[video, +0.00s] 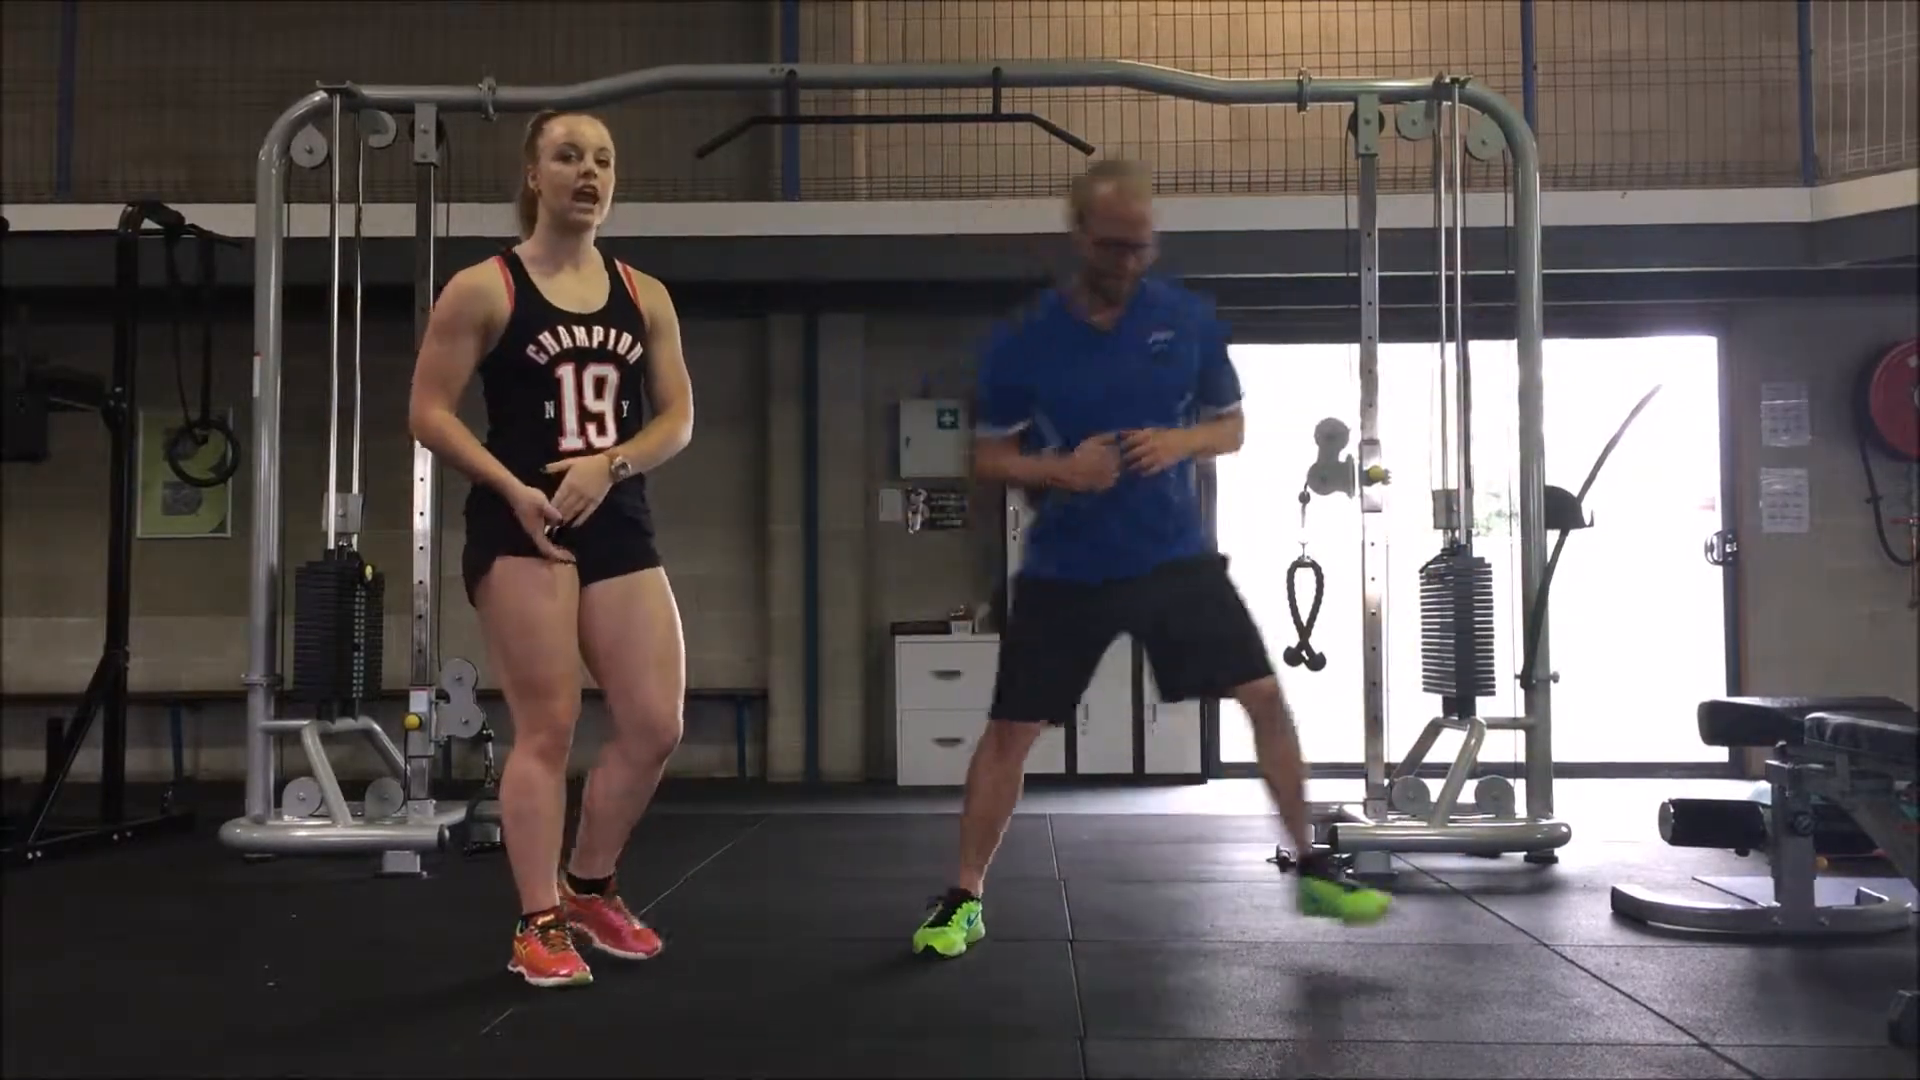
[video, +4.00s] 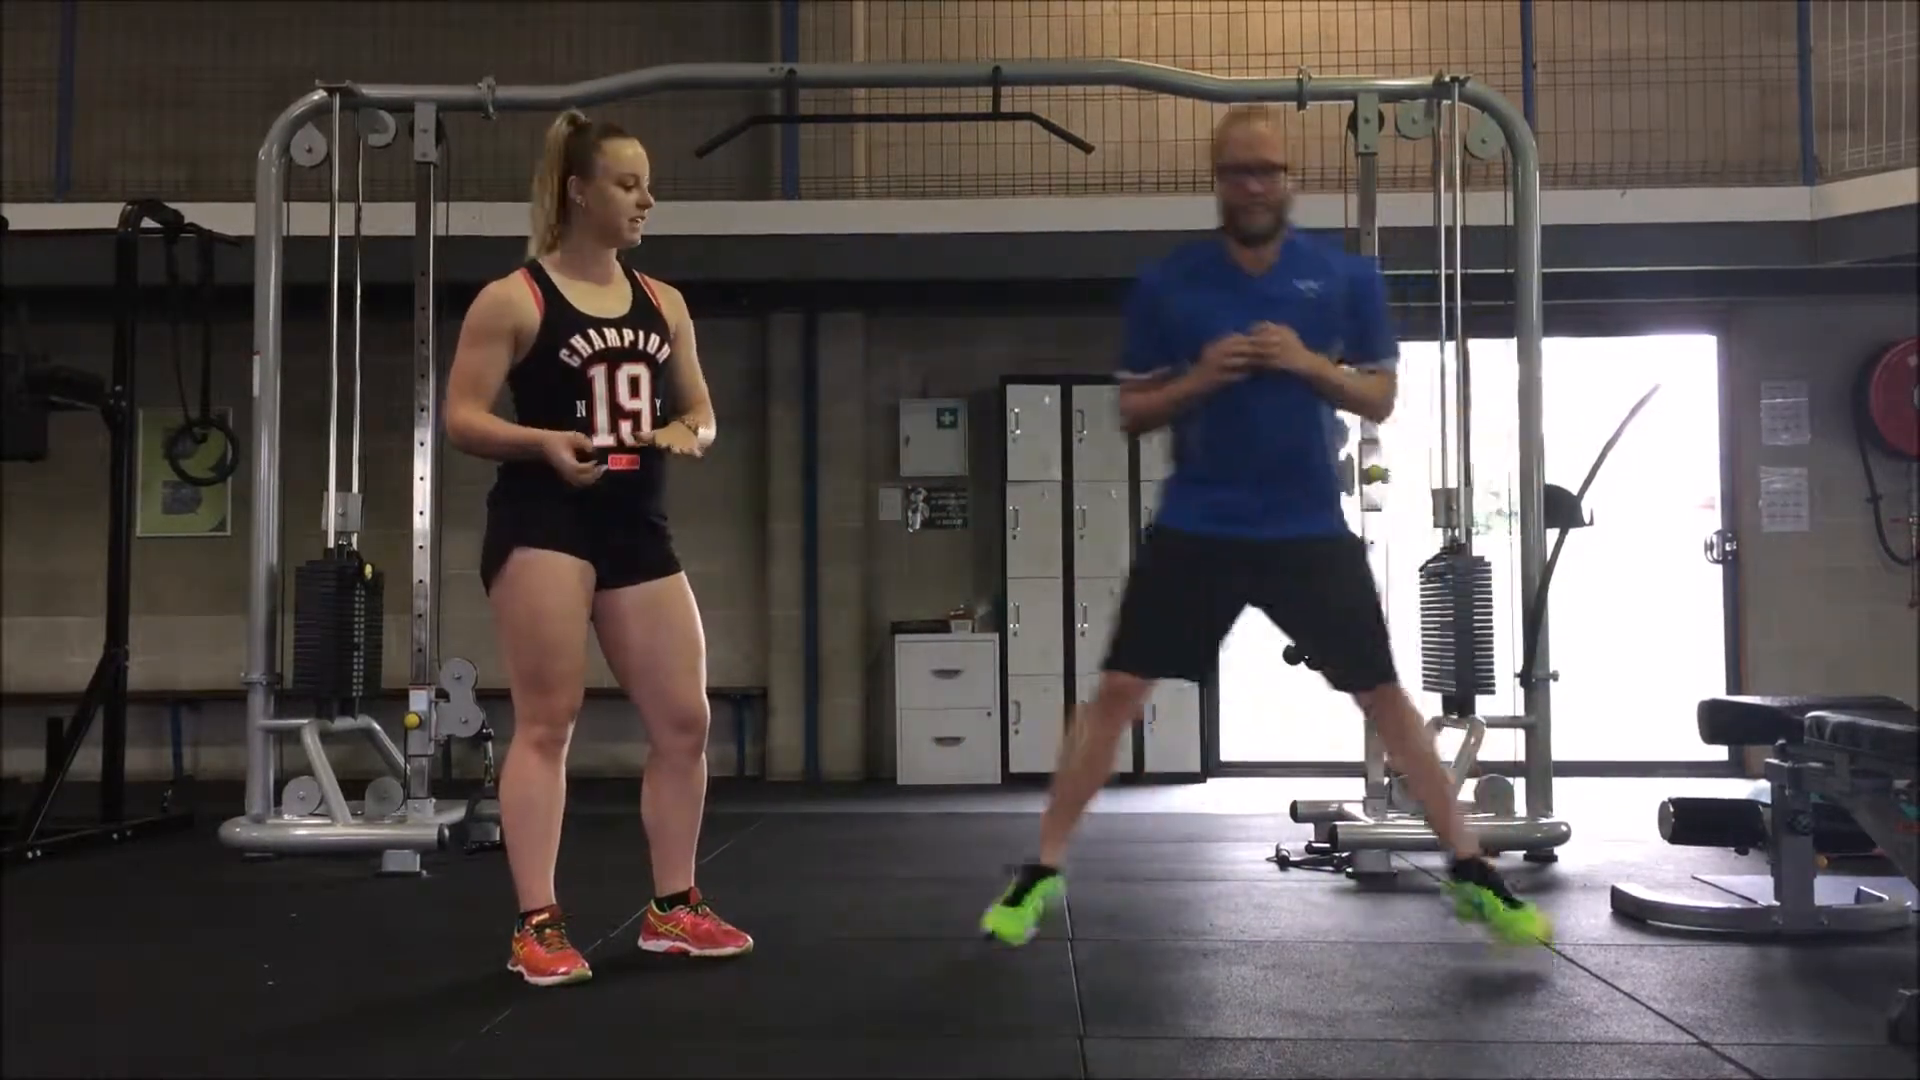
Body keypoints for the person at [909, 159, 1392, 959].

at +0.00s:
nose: (1128, 263)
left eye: (1141, 247)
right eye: (1112, 246)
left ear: (1155, 238)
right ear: (1077, 234)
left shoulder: (1188, 320)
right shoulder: (1024, 341)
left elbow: (1229, 429)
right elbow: (987, 456)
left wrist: (1178, 442)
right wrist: (1058, 469)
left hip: (1174, 563)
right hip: (1064, 572)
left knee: (1262, 694)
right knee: (1010, 729)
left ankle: (1307, 861)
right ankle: (964, 897)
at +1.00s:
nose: (1361, 269)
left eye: (1377, 255)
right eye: (1346, 253)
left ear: (1402, 254)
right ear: (1322, 251)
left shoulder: (1456, 352)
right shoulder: (1279, 359)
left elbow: (1491, 472)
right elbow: (1252, 492)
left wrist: (1421, 478)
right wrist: (1324, 487)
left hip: (1425, 586)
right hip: (1317, 591)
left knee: (1468, 738)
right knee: (1306, 750)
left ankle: (1472, 906)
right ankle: (1329, 864)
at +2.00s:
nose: (986, 263)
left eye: (1000, 246)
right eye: (968, 248)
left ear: (1017, 227)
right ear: (936, 231)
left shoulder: (1067, 314)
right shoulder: (893, 325)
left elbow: (1102, 438)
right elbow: (872, 451)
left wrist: (1038, 436)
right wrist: (926, 452)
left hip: (1047, 557)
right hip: (942, 565)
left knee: (1092, 721)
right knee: (943, 729)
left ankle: (1100, 823)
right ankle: (971, 894)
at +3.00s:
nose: (1393, 226)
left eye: (1409, 212)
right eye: (1377, 209)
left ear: (1429, 221)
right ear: (1344, 213)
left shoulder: (1474, 323)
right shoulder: (1295, 327)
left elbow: (1506, 441)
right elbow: (1271, 464)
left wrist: (1450, 444)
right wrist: (1362, 445)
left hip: (1436, 574)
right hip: (1323, 572)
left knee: (1485, 726)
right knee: (1259, 725)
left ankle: (1491, 907)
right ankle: (1226, 850)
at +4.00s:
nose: (1254, 187)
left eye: (1268, 172)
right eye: (1237, 173)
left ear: (1290, 177)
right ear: (1213, 179)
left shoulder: (1345, 275)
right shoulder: (1167, 283)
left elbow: (1378, 400)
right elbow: (1131, 410)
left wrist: (1309, 364)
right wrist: (1199, 377)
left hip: (1308, 532)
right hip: (1195, 529)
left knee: (1383, 694)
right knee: (1117, 688)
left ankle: (1468, 863)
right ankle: (1044, 865)